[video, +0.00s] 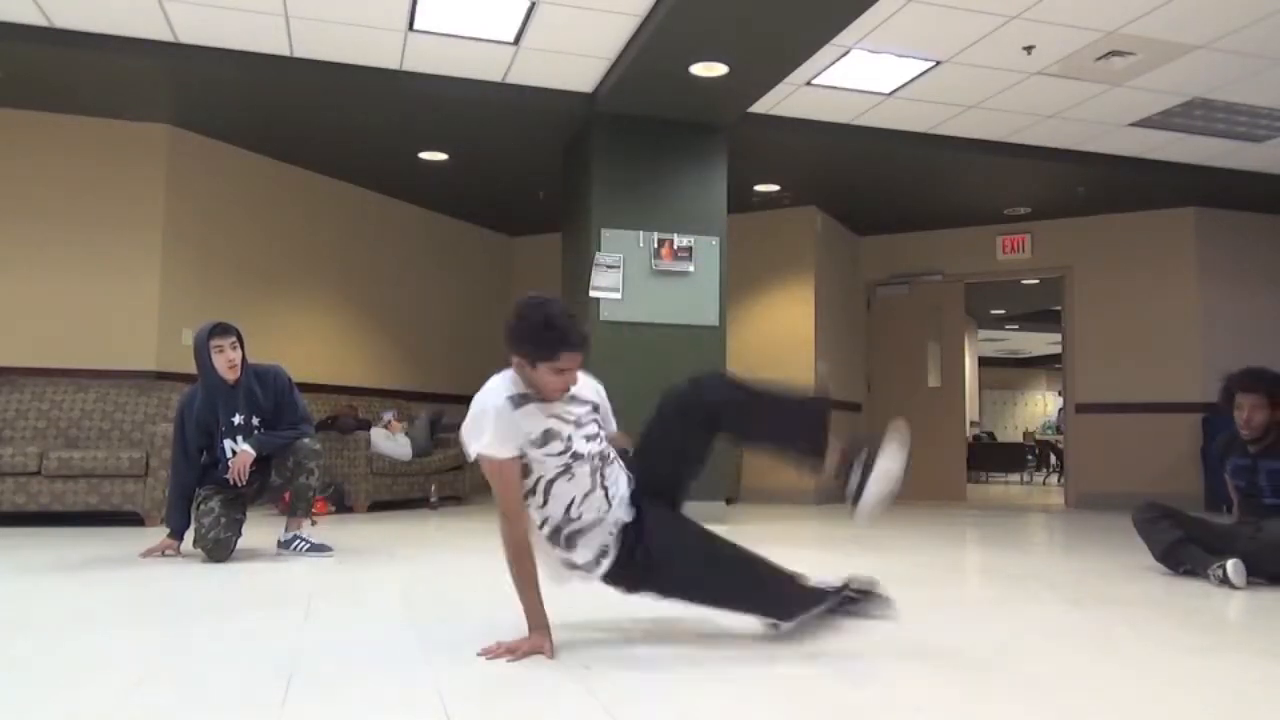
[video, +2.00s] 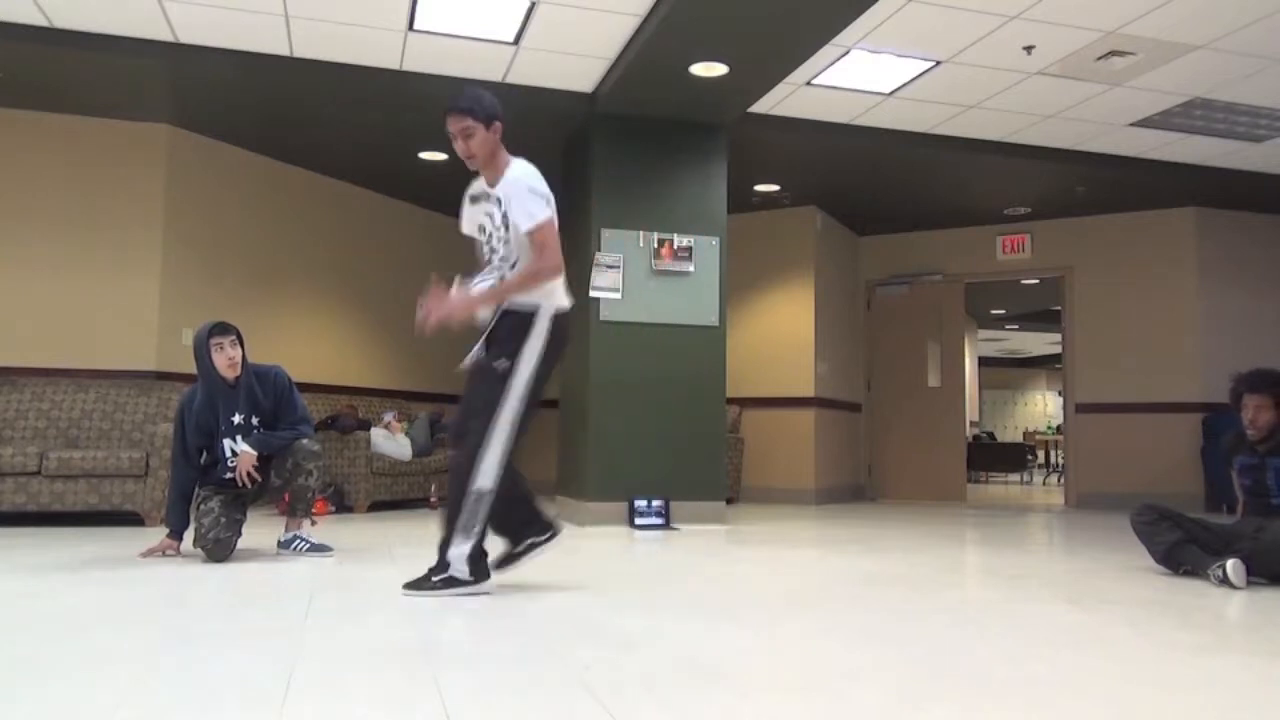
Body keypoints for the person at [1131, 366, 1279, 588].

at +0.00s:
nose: (1246, 418)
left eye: (1257, 409)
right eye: (1239, 408)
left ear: (1274, 412)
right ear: (1232, 410)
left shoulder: (1274, 450)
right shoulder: (1228, 449)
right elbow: (1237, 502)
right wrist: (1238, 527)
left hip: (1269, 538)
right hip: (1236, 533)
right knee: (1146, 512)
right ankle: (1209, 567)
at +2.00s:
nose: (1250, 417)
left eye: (1261, 409)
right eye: (1246, 408)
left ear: (1277, 412)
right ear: (1238, 411)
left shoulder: (1275, 451)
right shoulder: (1237, 450)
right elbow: (1243, 501)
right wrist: (1237, 532)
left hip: (1271, 536)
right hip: (1240, 534)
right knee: (1144, 514)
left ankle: (1198, 562)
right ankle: (1210, 566)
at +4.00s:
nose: (1248, 421)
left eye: (1258, 413)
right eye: (1243, 412)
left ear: (1276, 415)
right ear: (1235, 414)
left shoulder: (1275, 452)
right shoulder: (1233, 449)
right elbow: (1242, 501)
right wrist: (1236, 532)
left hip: (1270, 536)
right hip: (1239, 533)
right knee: (1144, 514)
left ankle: (1197, 562)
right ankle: (1210, 566)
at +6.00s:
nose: (1249, 422)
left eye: (1259, 413)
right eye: (1243, 413)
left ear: (1276, 416)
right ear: (1235, 415)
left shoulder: (1276, 451)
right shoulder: (1234, 450)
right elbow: (1241, 500)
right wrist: (1236, 530)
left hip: (1271, 536)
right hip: (1239, 533)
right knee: (1144, 515)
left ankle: (1197, 562)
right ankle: (1210, 566)